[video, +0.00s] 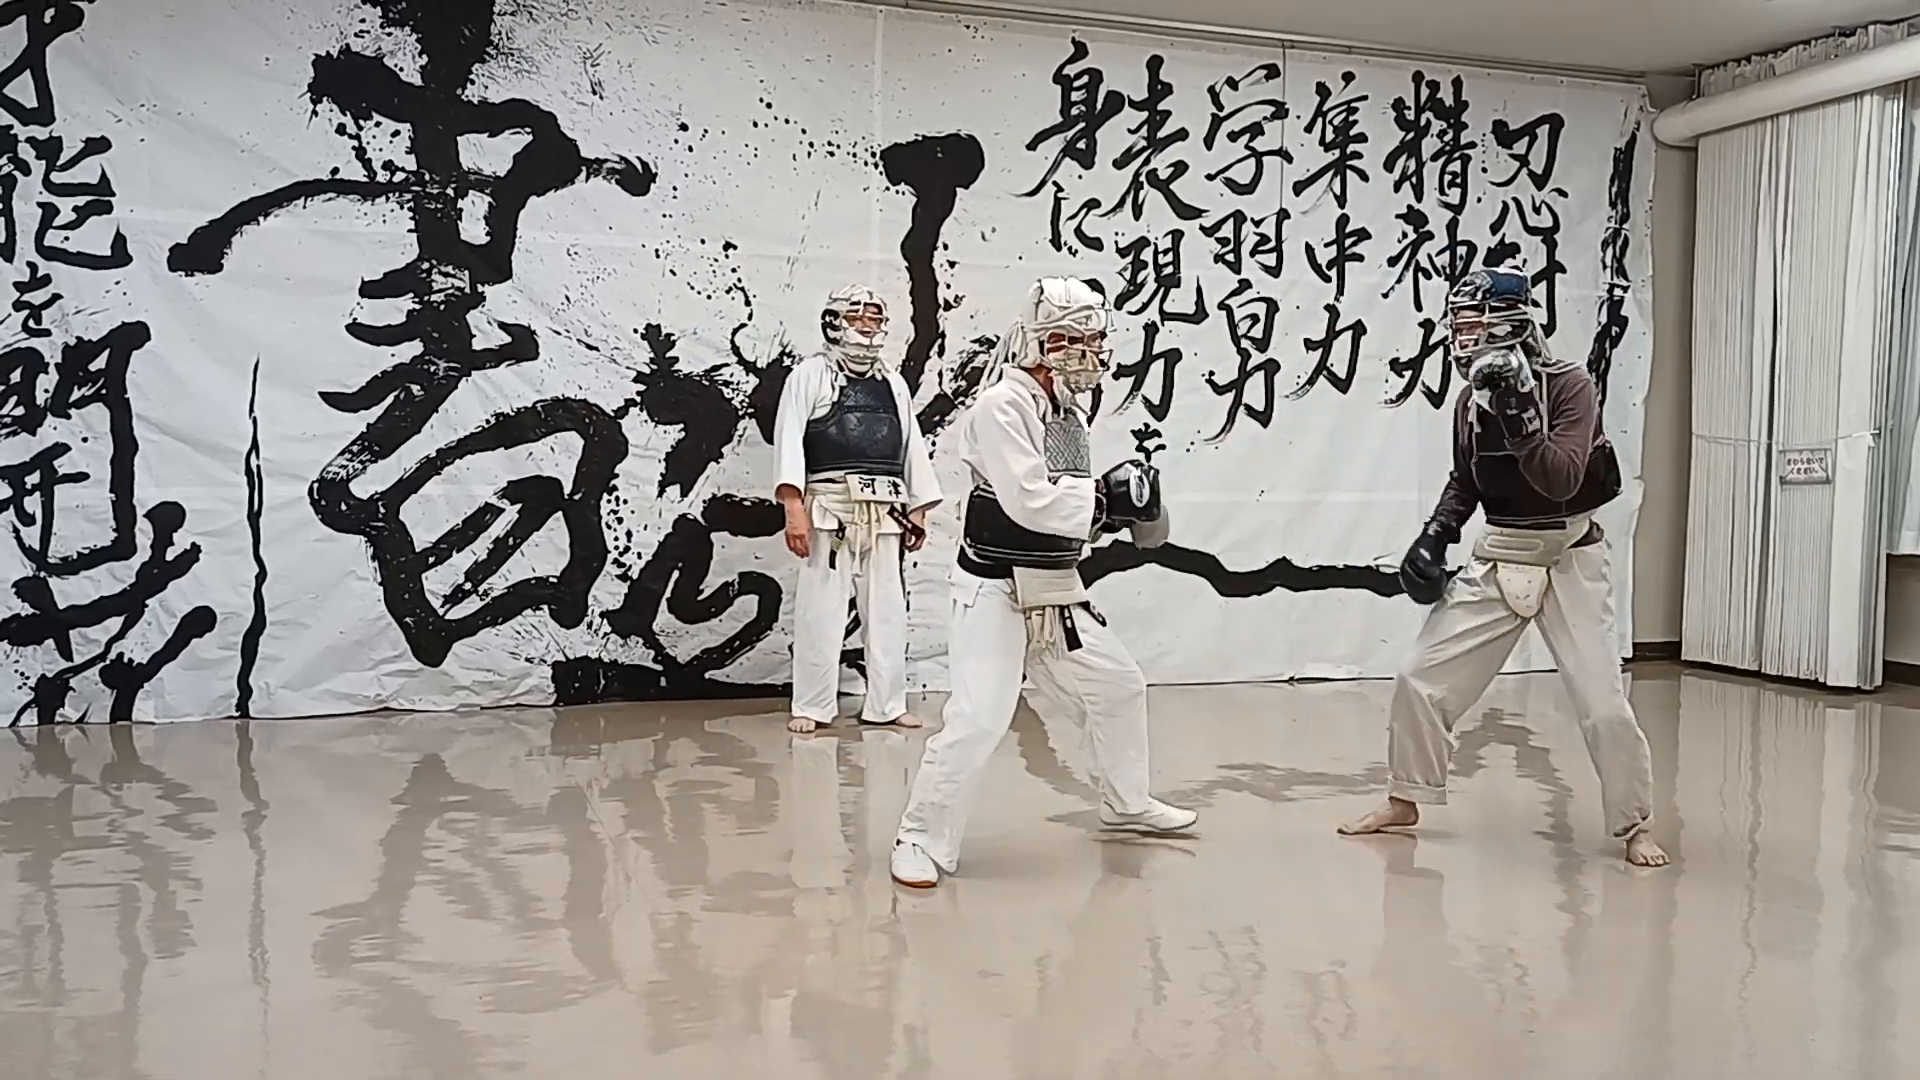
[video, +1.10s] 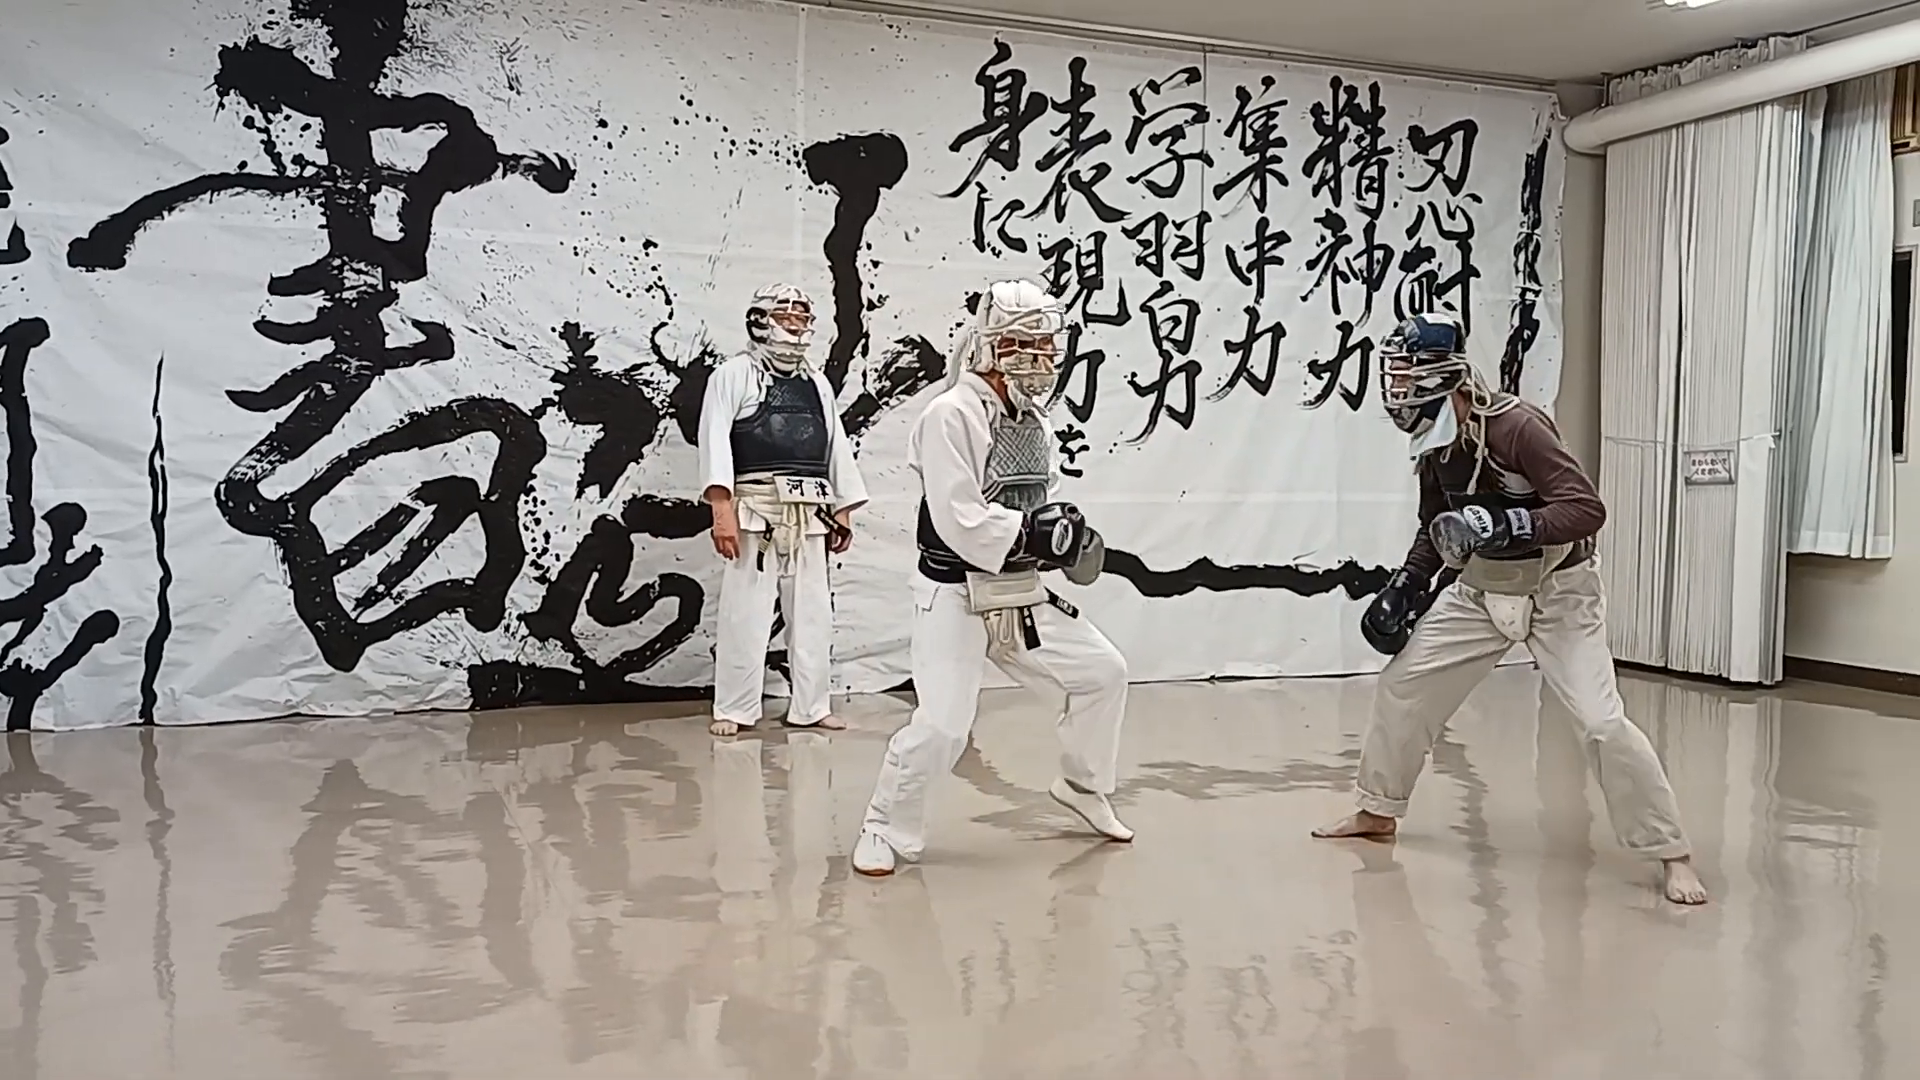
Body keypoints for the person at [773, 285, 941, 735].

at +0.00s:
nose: (868, 325)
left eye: (875, 319)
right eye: (858, 317)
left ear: (882, 326)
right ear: (836, 322)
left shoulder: (893, 381)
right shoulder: (810, 373)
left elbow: (912, 446)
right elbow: (789, 441)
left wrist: (920, 507)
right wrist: (794, 508)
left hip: (884, 509)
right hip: (825, 508)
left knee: (888, 612)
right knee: (820, 613)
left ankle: (886, 706)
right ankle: (811, 709)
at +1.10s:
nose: (798, 323)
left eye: (803, 317)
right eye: (788, 315)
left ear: (808, 326)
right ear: (762, 320)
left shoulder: (817, 381)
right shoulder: (733, 374)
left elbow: (836, 447)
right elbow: (715, 443)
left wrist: (844, 509)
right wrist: (722, 509)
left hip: (811, 511)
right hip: (751, 510)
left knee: (812, 614)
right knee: (744, 615)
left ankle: (810, 708)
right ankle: (734, 712)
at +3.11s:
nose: (731, 321)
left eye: (738, 315)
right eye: (721, 313)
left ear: (746, 323)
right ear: (698, 318)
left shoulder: (755, 379)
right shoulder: (670, 372)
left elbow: (775, 446)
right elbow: (651, 442)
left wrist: (781, 511)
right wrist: (658, 509)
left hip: (749, 511)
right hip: (688, 509)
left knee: (751, 614)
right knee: (681, 616)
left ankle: (747, 709)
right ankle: (671, 713)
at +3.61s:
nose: (709, 320)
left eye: (717, 314)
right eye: (699, 311)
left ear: (725, 322)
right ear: (676, 317)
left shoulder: (736, 379)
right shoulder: (650, 372)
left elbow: (757, 447)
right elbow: (630, 442)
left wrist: (763, 511)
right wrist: (638, 510)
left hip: (730, 510)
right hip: (668, 509)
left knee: (732, 615)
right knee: (661, 616)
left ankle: (728, 709)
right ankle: (652, 714)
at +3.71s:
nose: (705, 320)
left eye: (713, 314)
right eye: (695, 312)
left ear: (722, 322)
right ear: (674, 318)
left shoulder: (734, 379)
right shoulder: (647, 372)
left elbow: (754, 447)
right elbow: (628, 442)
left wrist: (760, 511)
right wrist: (635, 509)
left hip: (728, 510)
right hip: (666, 509)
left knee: (730, 615)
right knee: (659, 616)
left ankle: (726, 709)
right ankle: (650, 714)